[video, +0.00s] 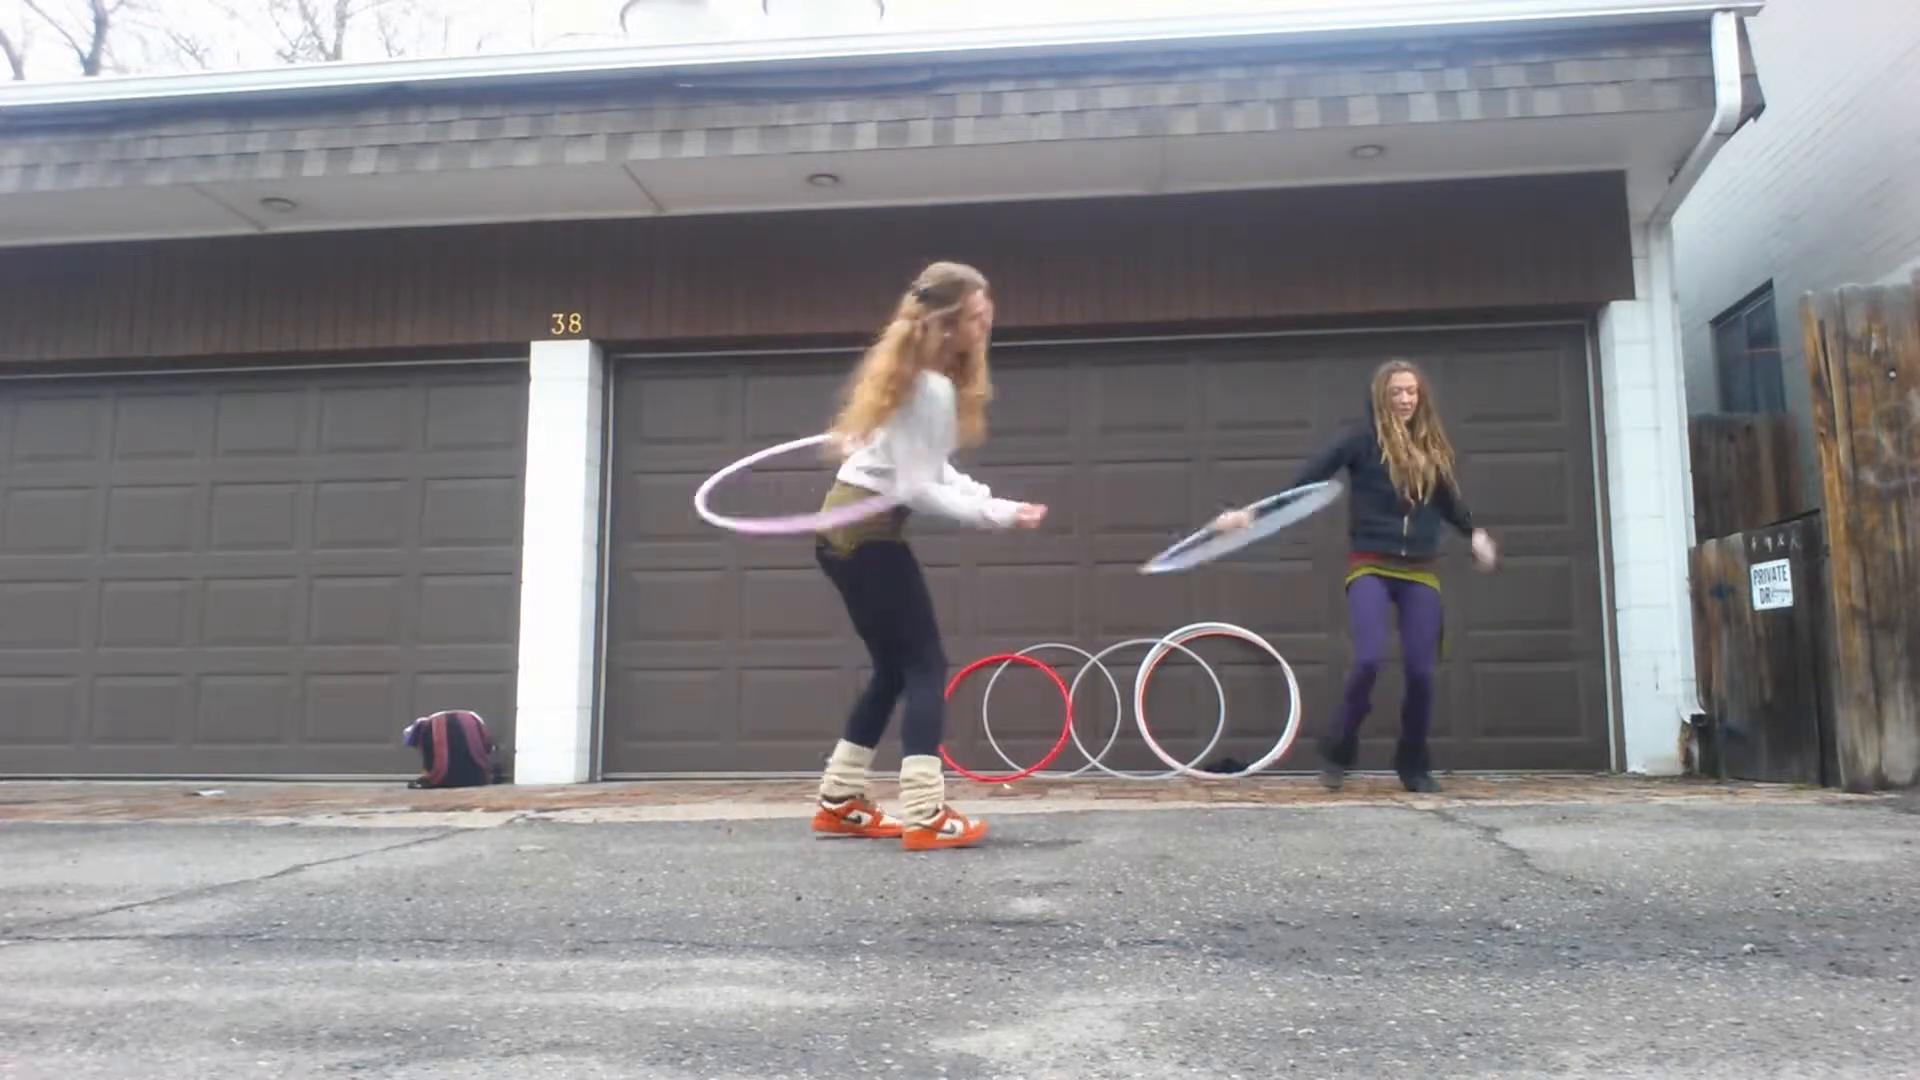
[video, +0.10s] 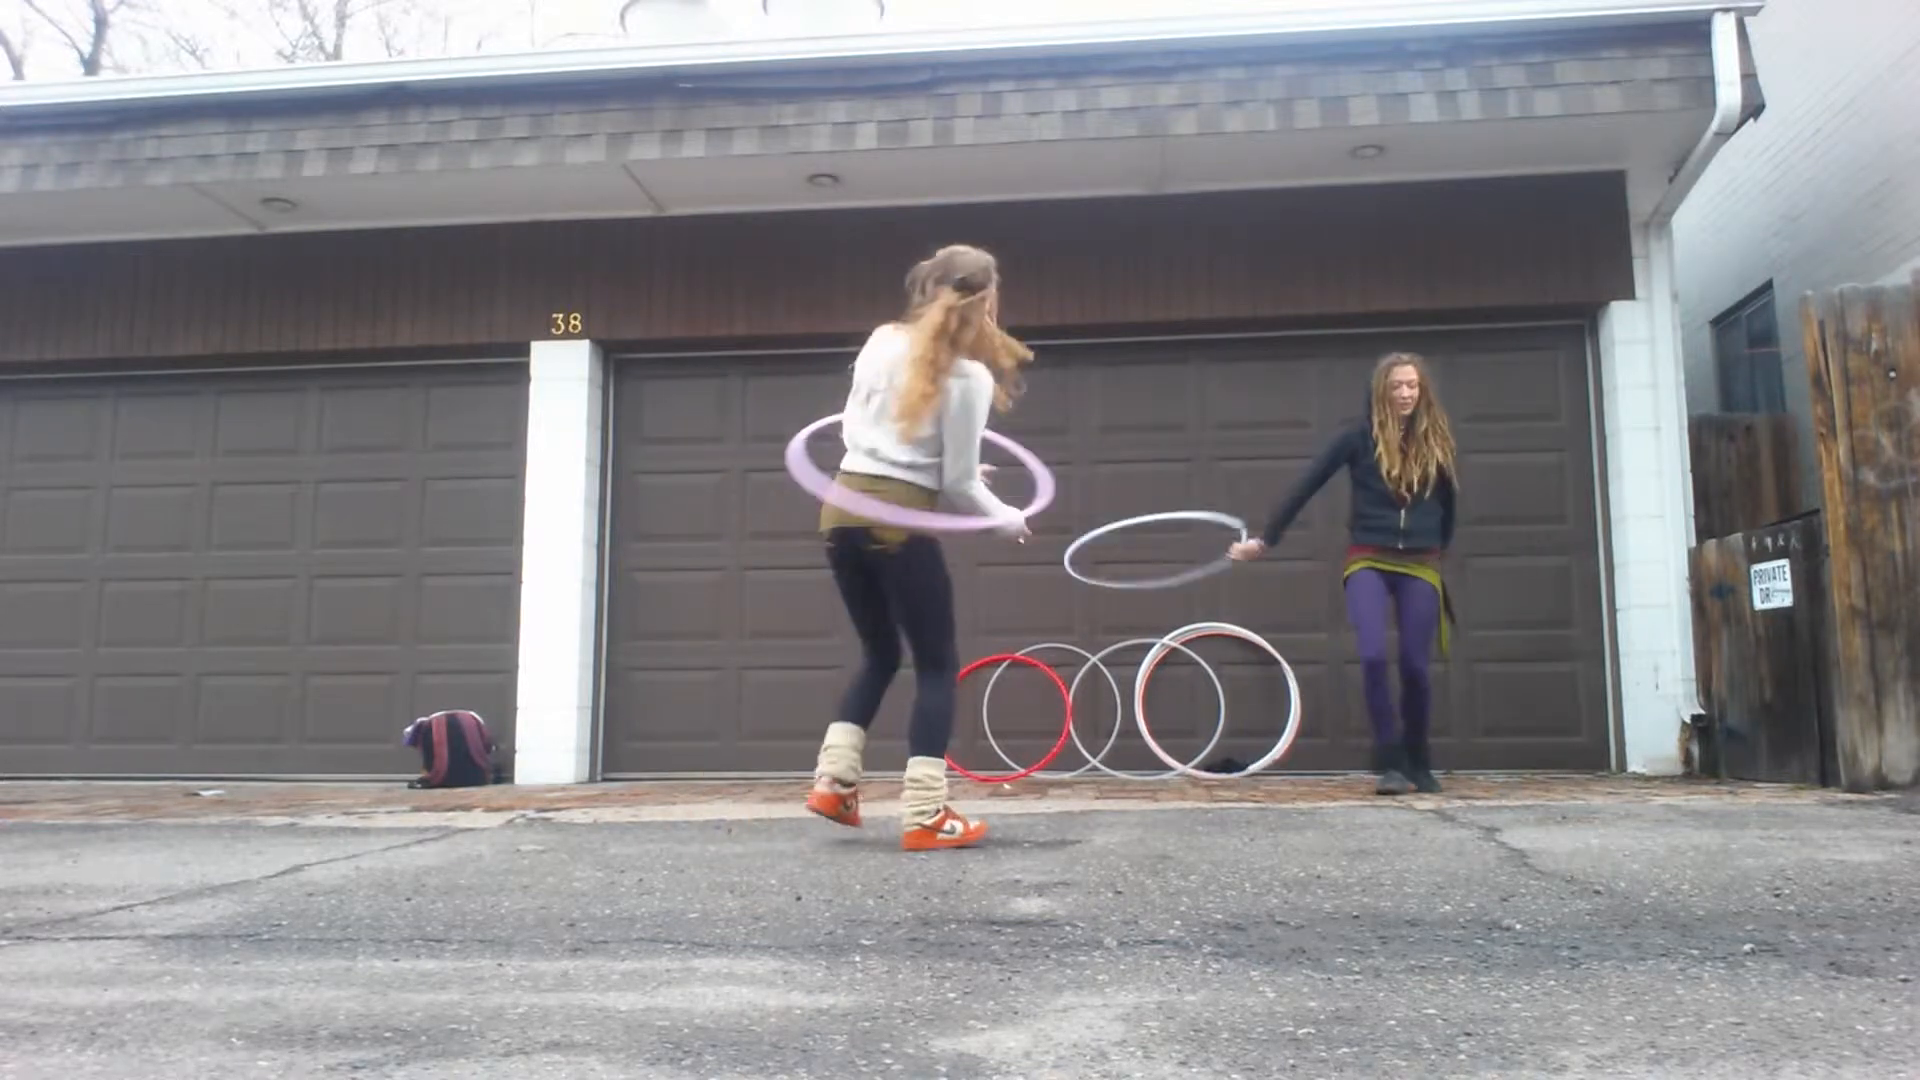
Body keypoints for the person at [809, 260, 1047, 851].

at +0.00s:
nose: (987, 328)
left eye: (987, 317)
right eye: (979, 319)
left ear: (944, 323)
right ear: (945, 325)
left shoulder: (912, 381)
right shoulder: (931, 387)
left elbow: (934, 472)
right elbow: (917, 487)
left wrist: (996, 505)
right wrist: (1000, 514)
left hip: (845, 532)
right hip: (872, 535)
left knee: (892, 668)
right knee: (927, 665)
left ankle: (839, 800)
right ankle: (924, 814)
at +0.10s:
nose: (994, 306)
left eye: (993, 296)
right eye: (991, 296)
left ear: (929, 292)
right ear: (975, 300)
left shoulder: (881, 342)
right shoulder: (970, 375)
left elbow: (855, 432)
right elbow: (959, 480)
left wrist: (956, 463)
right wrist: (1004, 515)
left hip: (841, 518)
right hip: (902, 525)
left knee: (880, 654)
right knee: (936, 667)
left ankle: (833, 780)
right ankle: (925, 812)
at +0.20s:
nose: (994, 297)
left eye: (994, 287)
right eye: (992, 287)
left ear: (926, 278)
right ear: (976, 289)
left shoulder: (870, 330)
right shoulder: (987, 361)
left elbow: (856, 418)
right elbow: (976, 453)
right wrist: (982, 500)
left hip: (864, 503)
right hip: (936, 508)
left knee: (858, 643)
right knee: (934, 657)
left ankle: (866, 749)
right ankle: (922, 814)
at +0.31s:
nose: (903, 261)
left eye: (912, 254)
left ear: (917, 267)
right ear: (979, 281)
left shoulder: (877, 331)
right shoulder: (989, 355)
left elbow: (843, 421)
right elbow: (980, 450)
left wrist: (813, 449)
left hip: (888, 508)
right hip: (955, 512)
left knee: (862, 652)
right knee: (915, 654)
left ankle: (938, 743)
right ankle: (905, 807)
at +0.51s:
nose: (897, 280)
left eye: (908, 269)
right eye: (899, 267)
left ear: (941, 277)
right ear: (948, 277)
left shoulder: (937, 354)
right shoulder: (962, 346)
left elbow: (894, 452)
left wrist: (799, 479)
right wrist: (889, 381)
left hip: (948, 526)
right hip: (943, 524)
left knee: (941, 663)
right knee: (907, 664)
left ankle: (1016, 796)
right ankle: (908, 814)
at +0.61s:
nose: (904, 284)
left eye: (917, 274)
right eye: (902, 272)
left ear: (952, 279)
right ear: (901, 277)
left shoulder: (970, 354)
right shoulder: (915, 346)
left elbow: (958, 456)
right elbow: (912, 428)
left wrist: (883, 503)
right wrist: (857, 443)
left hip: (980, 525)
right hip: (934, 527)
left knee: (983, 667)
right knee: (890, 660)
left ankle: (1022, 803)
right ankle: (911, 808)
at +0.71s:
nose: (910, 293)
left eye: (924, 283)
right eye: (904, 281)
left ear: (956, 294)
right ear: (894, 287)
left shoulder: (982, 370)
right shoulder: (885, 348)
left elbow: (990, 458)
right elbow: (882, 438)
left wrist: (960, 522)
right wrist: (807, 474)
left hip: (990, 519)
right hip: (931, 516)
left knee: (990, 662)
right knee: (906, 647)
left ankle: (1022, 802)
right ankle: (909, 800)